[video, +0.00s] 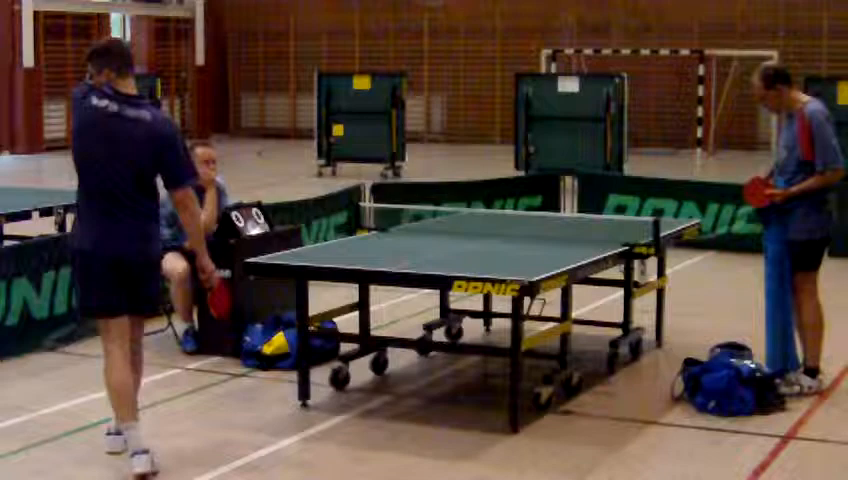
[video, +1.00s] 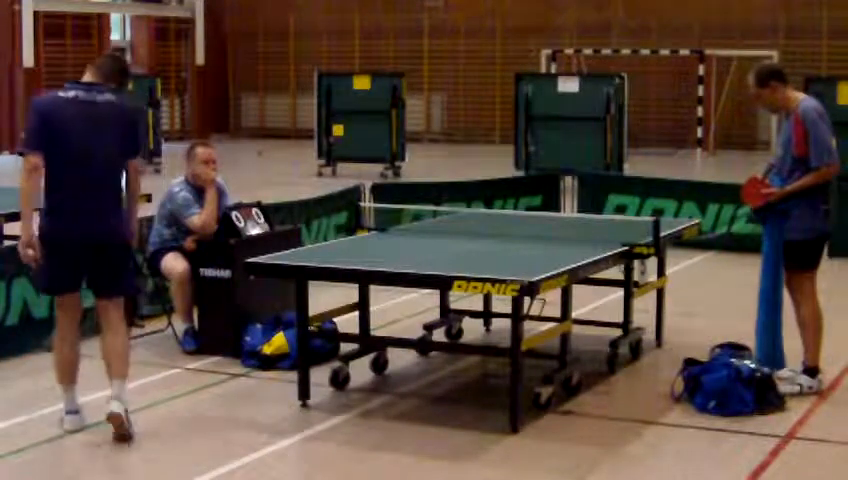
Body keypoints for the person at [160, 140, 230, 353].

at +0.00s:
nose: (211, 169)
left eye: (213, 163)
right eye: (205, 163)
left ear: (216, 165)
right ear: (191, 167)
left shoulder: (218, 189)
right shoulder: (175, 194)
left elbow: (218, 223)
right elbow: (204, 227)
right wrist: (211, 191)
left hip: (203, 241)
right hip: (173, 243)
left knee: (229, 263)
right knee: (180, 270)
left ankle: (223, 321)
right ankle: (188, 326)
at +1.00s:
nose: (212, 168)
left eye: (214, 163)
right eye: (206, 163)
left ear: (217, 164)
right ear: (190, 167)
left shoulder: (217, 187)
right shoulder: (178, 192)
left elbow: (224, 222)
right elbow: (205, 226)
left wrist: (196, 237)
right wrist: (211, 189)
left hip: (199, 240)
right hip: (166, 244)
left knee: (227, 262)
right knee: (181, 270)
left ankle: (221, 320)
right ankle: (188, 327)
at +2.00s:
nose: (212, 168)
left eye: (214, 163)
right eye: (206, 163)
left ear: (217, 164)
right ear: (190, 166)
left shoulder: (218, 187)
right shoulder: (178, 191)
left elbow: (225, 221)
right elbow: (204, 226)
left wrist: (199, 236)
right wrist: (211, 189)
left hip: (200, 241)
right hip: (168, 244)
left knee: (227, 262)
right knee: (182, 270)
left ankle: (224, 321)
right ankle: (188, 327)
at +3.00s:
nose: (211, 168)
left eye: (213, 163)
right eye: (205, 163)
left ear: (217, 165)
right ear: (190, 166)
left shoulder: (217, 187)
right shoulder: (178, 192)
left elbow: (225, 223)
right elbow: (205, 227)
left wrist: (197, 237)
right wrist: (211, 189)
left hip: (199, 241)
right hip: (166, 245)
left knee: (227, 263)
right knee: (181, 269)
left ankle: (222, 321)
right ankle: (188, 327)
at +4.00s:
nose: (212, 168)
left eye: (214, 163)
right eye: (206, 163)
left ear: (217, 165)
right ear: (190, 166)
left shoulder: (217, 187)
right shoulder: (179, 192)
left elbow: (227, 221)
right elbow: (205, 226)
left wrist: (197, 237)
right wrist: (211, 188)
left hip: (198, 241)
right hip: (165, 245)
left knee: (227, 262)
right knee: (181, 269)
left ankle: (222, 321)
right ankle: (188, 326)